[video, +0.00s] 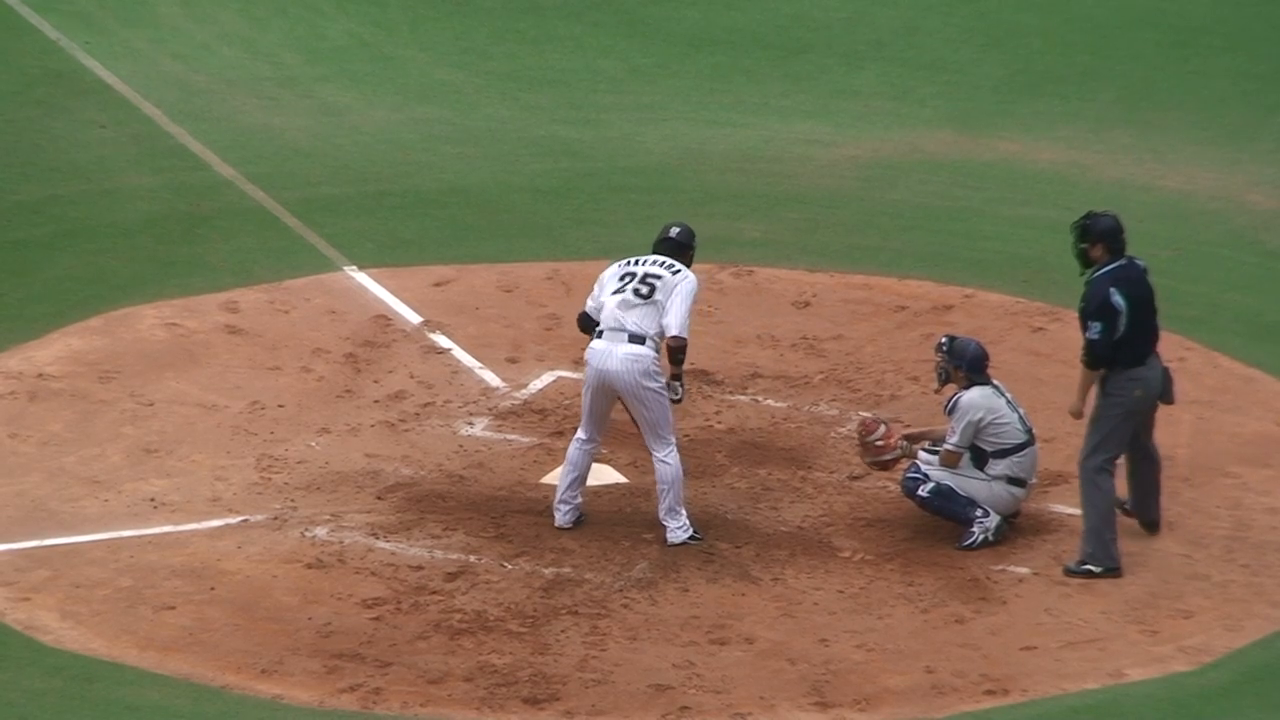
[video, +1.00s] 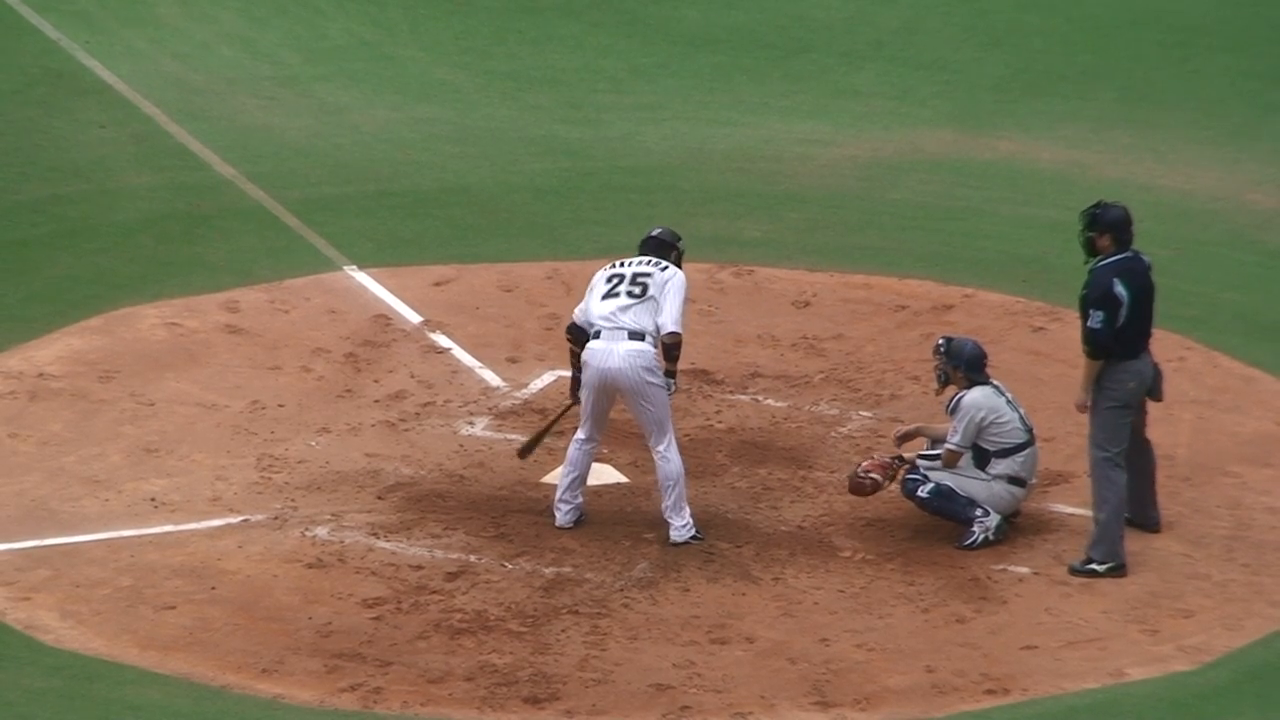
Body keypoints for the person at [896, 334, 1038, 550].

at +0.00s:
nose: (940, 366)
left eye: (945, 362)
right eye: (942, 361)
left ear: (960, 371)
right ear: (973, 370)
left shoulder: (969, 402)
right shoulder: (992, 387)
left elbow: (948, 462)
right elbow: (961, 433)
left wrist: (912, 452)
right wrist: (920, 435)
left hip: (1004, 492)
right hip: (1018, 482)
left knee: (914, 478)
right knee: (929, 451)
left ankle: (983, 519)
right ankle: (1002, 506)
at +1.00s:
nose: (938, 368)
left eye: (944, 364)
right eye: (940, 362)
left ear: (959, 371)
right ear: (975, 369)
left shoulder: (972, 402)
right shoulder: (992, 387)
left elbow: (949, 461)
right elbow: (962, 433)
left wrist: (912, 460)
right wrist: (918, 430)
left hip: (1003, 491)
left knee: (913, 481)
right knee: (934, 447)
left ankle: (983, 519)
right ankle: (1003, 506)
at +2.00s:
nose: (941, 365)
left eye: (946, 362)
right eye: (943, 360)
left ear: (961, 370)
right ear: (976, 368)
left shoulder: (970, 401)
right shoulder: (993, 387)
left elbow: (946, 461)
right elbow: (963, 431)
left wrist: (908, 458)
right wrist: (923, 433)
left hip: (1002, 491)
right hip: (1016, 483)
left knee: (914, 480)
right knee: (925, 455)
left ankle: (983, 518)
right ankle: (1002, 506)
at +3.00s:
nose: (942, 367)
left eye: (947, 364)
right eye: (944, 362)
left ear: (962, 372)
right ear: (976, 371)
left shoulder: (975, 403)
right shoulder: (991, 390)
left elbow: (948, 462)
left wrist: (907, 463)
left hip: (1000, 493)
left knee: (913, 483)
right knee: (930, 450)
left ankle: (983, 522)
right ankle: (997, 509)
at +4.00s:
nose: (943, 369)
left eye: (948, 365)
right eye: (944, 364)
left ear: (964, 371)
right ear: (975, 370)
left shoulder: (975, 403)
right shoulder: (995, 387)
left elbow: (950, 460)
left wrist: (908, 459)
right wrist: (911, 459)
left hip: (1002, 493)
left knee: (915, 480)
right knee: (934, 443)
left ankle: (984, 519)